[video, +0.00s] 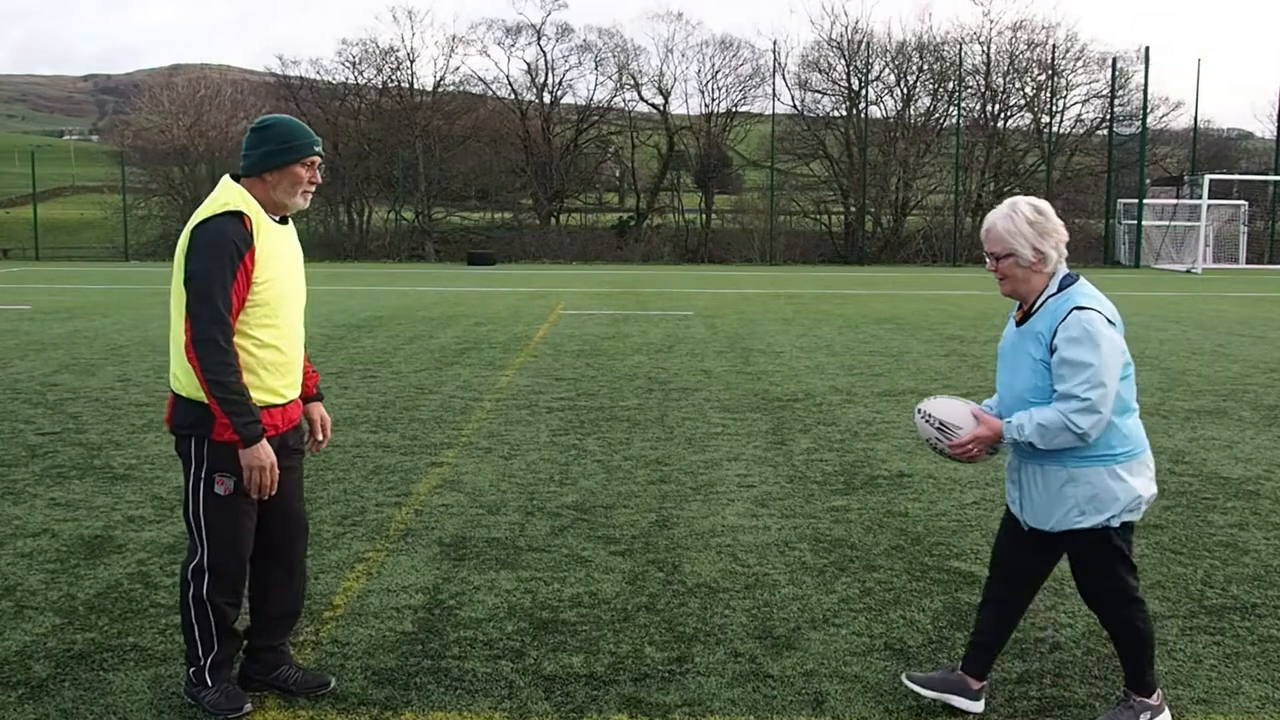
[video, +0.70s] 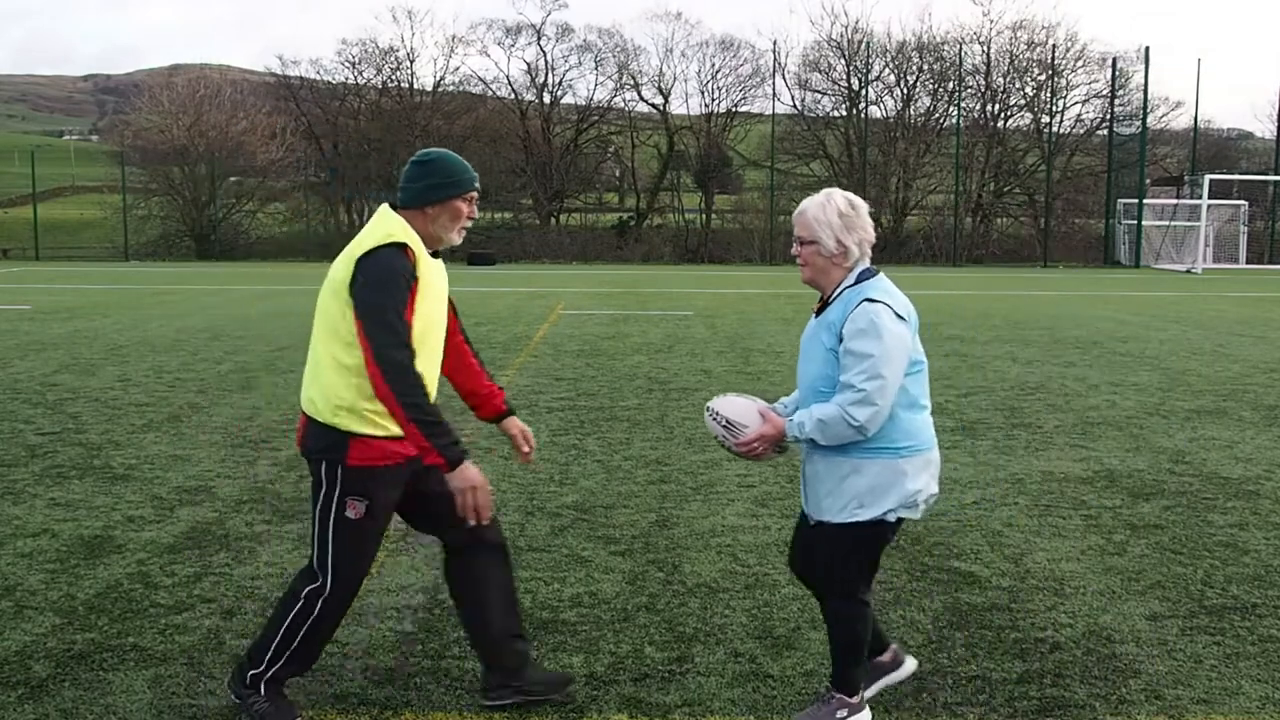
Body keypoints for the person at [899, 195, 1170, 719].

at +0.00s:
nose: (992, 268)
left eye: (999, 257)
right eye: (989, 258)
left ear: (1038, 255)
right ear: (1034, 257)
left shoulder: (1081, 320)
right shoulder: (1026, 313)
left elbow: (1082, 418)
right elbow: (1020, 393)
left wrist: (1004, 430)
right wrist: (974, 422)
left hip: (1094, 483)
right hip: (1040, 478)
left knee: (1111, 593)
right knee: (1008, 580)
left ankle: (1146, 698)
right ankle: (969, 677)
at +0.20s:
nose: (933, 258)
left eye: (942, 247)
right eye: (932, 247)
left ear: (980, 250)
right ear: (977, 251)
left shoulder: (1018, 315)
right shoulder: (975, 308)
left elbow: (1016, 412)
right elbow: (965, 388)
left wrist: (942, 425)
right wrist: (917, 413)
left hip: (1026, 482)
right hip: (979, 477)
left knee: (1029, 586)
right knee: (965, 580)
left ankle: (1117, 673)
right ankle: (960, 686)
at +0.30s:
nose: (904, 253)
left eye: (914, 243)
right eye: (904, 243)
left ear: (949, 248)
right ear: (942, 250)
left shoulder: (987, 312)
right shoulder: (948, 306)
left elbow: (984, 411)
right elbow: (934, 385)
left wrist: (909, 423)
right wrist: (890, 409)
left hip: (994, 472)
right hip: (957, 469)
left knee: (971, 578)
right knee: (949, 574)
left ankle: (1051, 666)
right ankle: (960, 686)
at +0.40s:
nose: (875, 252)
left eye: (883, 242)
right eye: (875, 241)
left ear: (920, 246)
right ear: (911, 247)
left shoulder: (958, 311)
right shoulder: (916, 305)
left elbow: (954, 407)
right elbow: (901, 385)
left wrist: (882, 422)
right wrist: (857, 412)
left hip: (970, 468)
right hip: (941, 463)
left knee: (911, 562)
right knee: (945, 571)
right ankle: (958, 678)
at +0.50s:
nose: (846, 251)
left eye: (855, 241)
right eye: (846, 240)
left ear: (892, 246)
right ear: (881, 247)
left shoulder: (929, 310)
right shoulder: (887, 306)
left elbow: (924, 407)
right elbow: (872, 386)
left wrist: (853, 424)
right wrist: (828, 415)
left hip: (939, 471)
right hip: (910, 465)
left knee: (885, 566)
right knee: (929, 575)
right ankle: (958, 685)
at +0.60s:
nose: (821, 252)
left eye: (830, 242)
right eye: (821, 241)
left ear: (867, 248)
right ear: (862, 249)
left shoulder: (902, 314)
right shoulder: (864, 306)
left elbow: (892, 412)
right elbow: (844, 388)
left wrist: (821, 426)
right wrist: (799, 417)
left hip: (904, 473)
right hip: (877, 467)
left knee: (858, 573)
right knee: (882, 575)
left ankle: (847, 697)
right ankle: (942, 668)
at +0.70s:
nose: (794, 253)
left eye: (804, 243)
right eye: (794, 242)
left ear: (840, 249)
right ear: (838, 249)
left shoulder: (873, 314)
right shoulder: (839, 305)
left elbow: (860, 411)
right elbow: (821, 390)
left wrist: (790, 428)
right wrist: (772, 420)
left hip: (876, 475)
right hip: (841, 467)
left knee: (844, 584)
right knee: (808, 560)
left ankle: (847, 697)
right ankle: (881, 653)